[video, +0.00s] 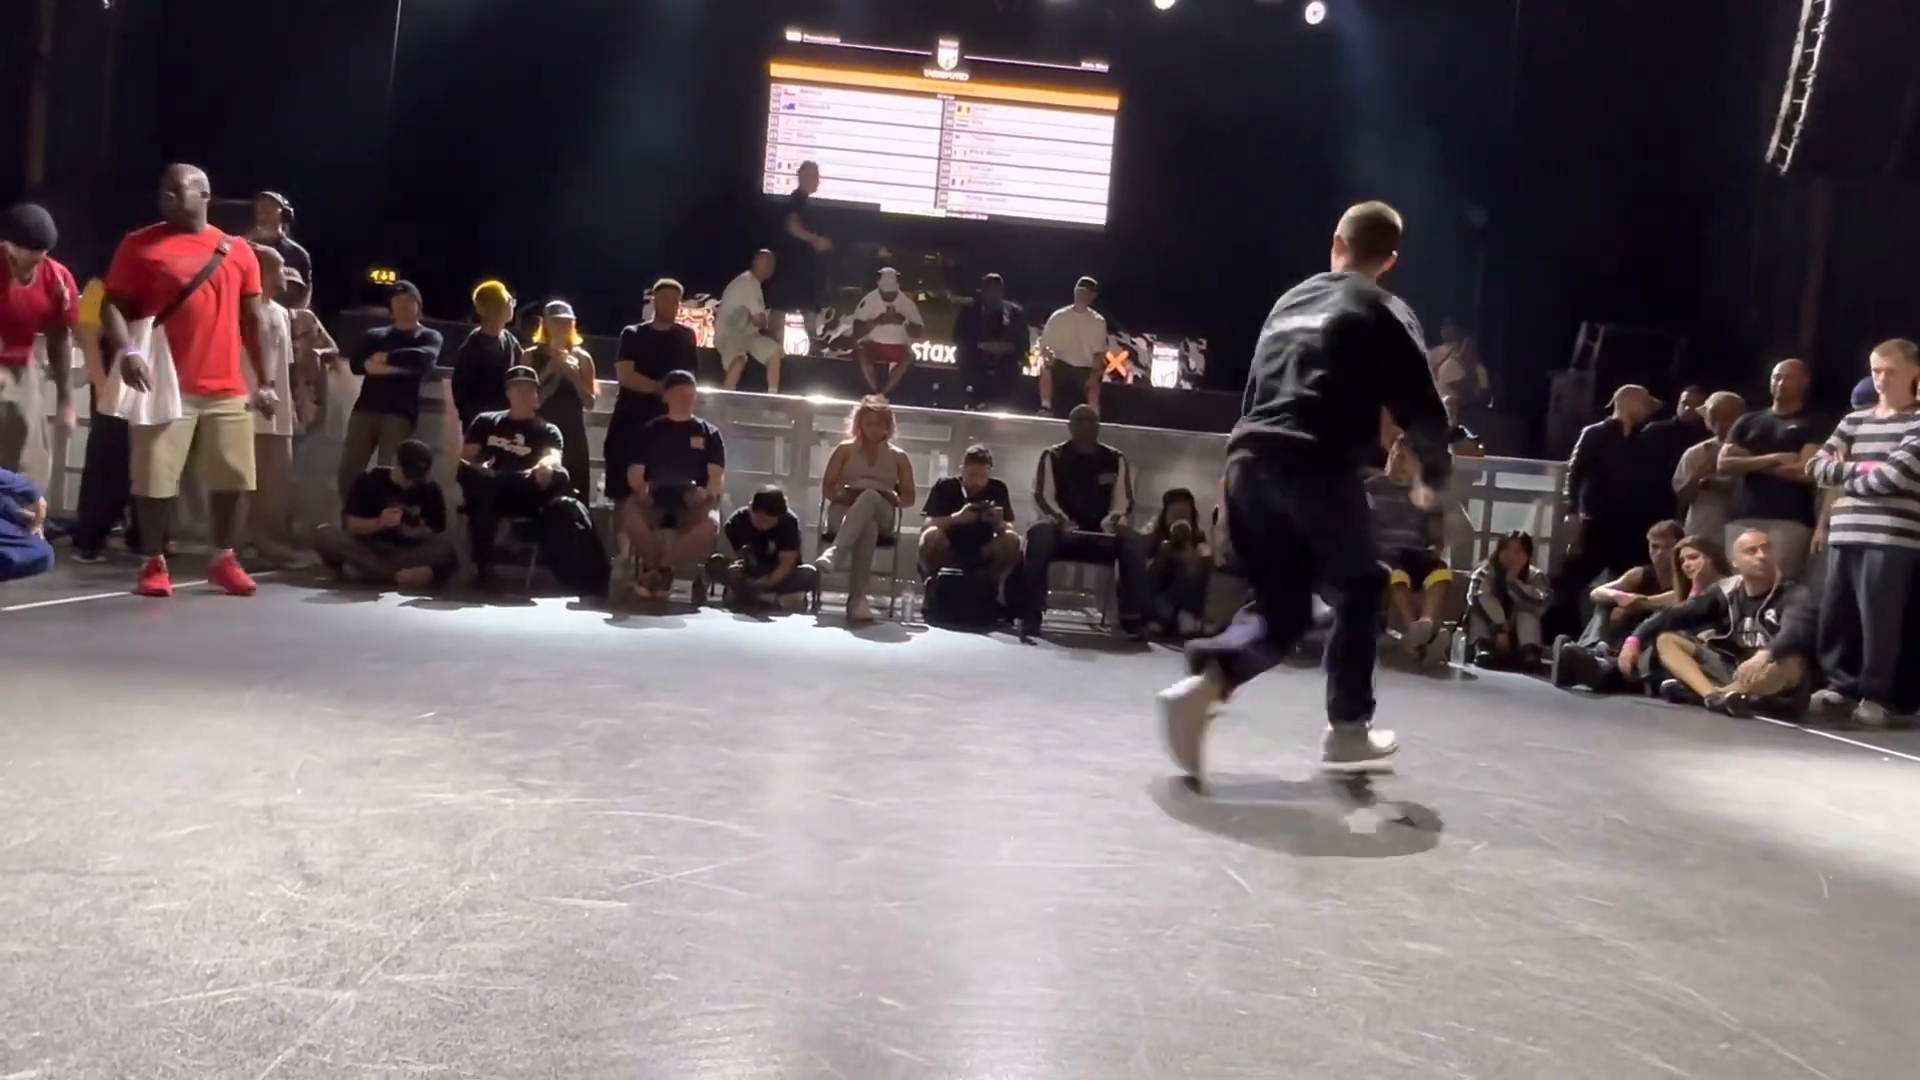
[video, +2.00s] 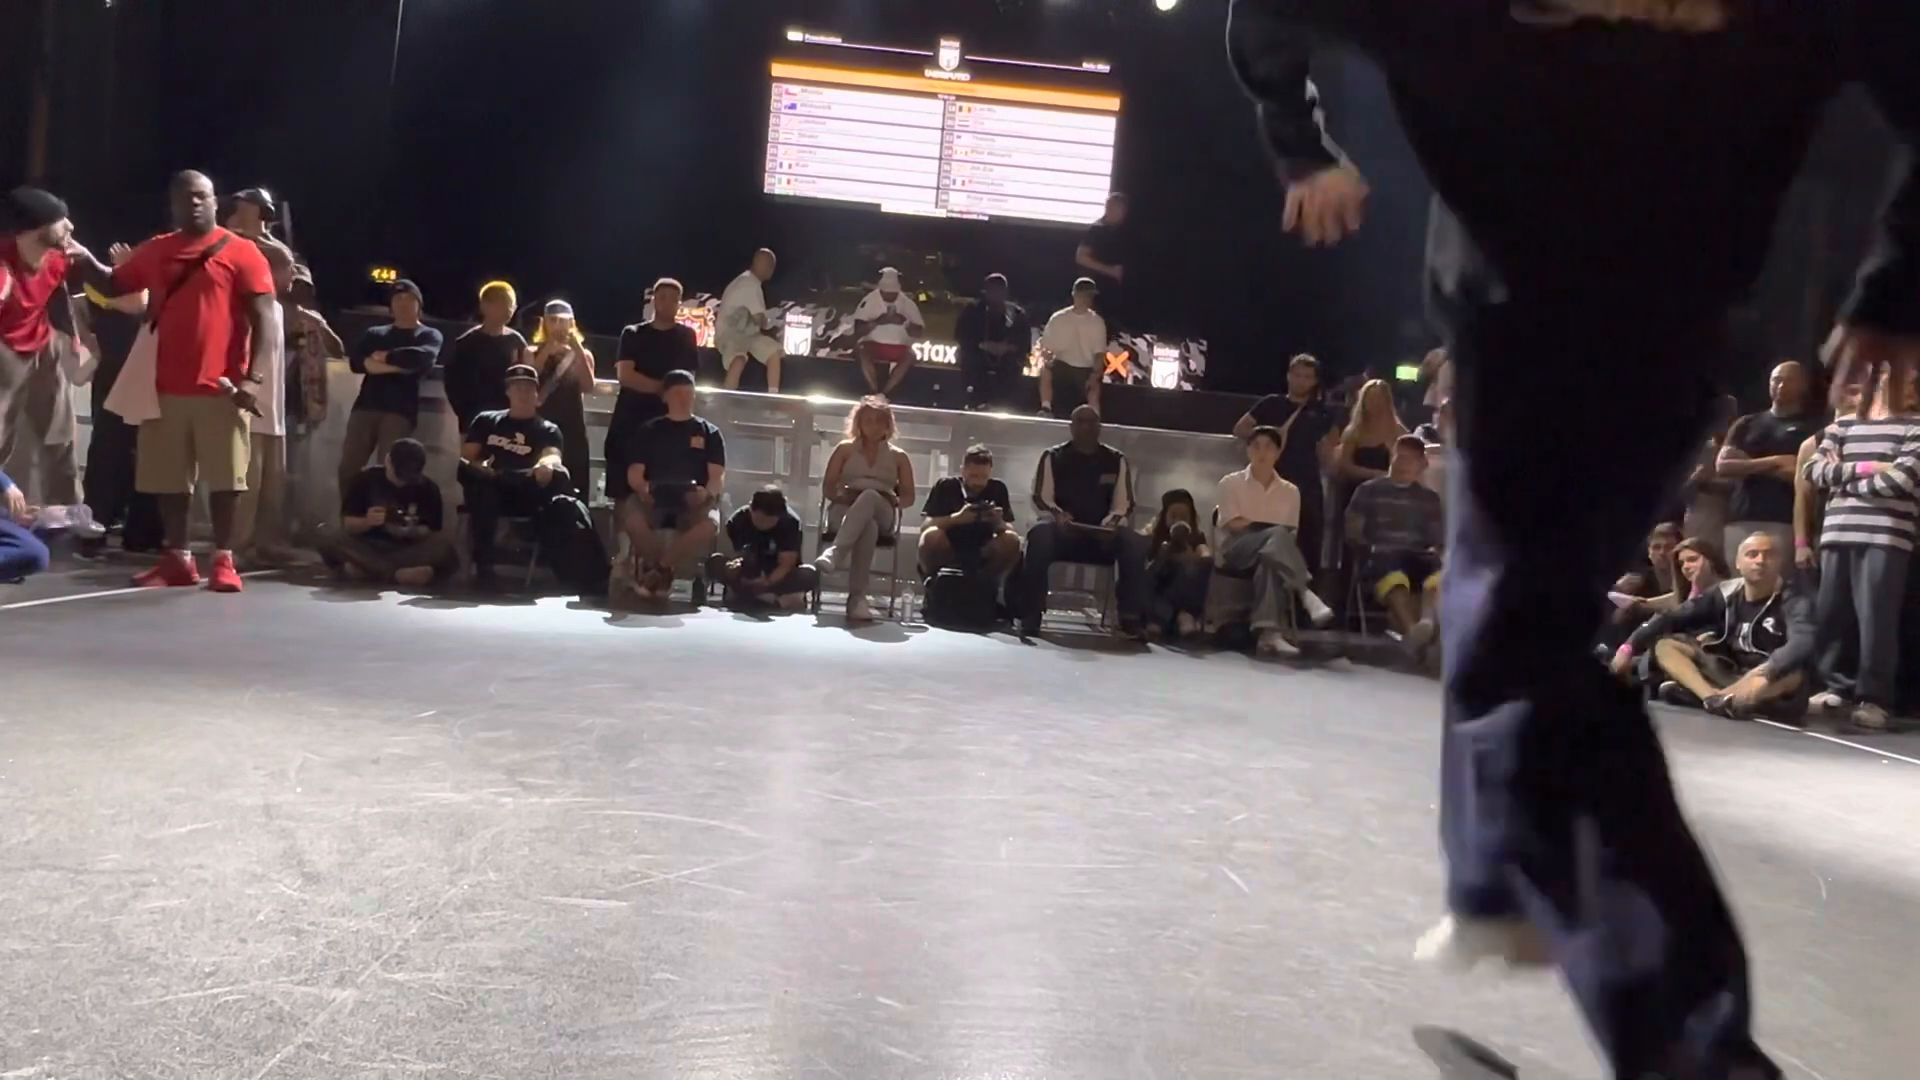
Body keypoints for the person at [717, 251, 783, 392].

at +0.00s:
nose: (769, 271)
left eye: (771, 267)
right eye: (767, 266)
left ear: (771, 268)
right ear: (758, 264)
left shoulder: (755, 284)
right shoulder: (747, 283)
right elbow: (759, 319)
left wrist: (757, 318)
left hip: (748, 333)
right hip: (729, 332)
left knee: (774, 353)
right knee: (739, 359)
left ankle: (772, 396)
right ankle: (725, 397)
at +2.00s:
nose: (772, 270)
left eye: (773, 267)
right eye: (771, 266)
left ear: (756, 264)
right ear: (762, 265)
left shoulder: (753, 282)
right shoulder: (749, 283)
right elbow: (759, 318)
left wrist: (764, 319)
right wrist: (767, 323)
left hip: (750, 334)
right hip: (730, 333)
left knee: (774, 353)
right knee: (738, 360)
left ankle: (773, 397)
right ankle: (726, 399)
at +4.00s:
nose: (729, 284)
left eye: (733, 281)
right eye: (726, 279)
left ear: (736, 283)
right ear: (717, 278)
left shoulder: (733, 307)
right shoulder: (700, 297)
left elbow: (737, 338)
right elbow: (693, 330)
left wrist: (711, 332)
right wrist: (720, 329)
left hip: (723, 350)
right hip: (701, 349)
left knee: (752, 370)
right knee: (708, 376)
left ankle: (752, 415)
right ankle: (699, 418)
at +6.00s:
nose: (730, 298)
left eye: (734, 295)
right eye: (727, 294)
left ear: (738, 300)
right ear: (720, 296)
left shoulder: (740, 324)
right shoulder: (706, 317)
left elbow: (746, 356)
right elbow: (706, 349)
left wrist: (717, 350)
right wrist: (732, 346)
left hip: (733, 366)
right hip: (710, 365)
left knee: (763, 385)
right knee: (721, 393)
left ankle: (765, 430)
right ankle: (712, 434)